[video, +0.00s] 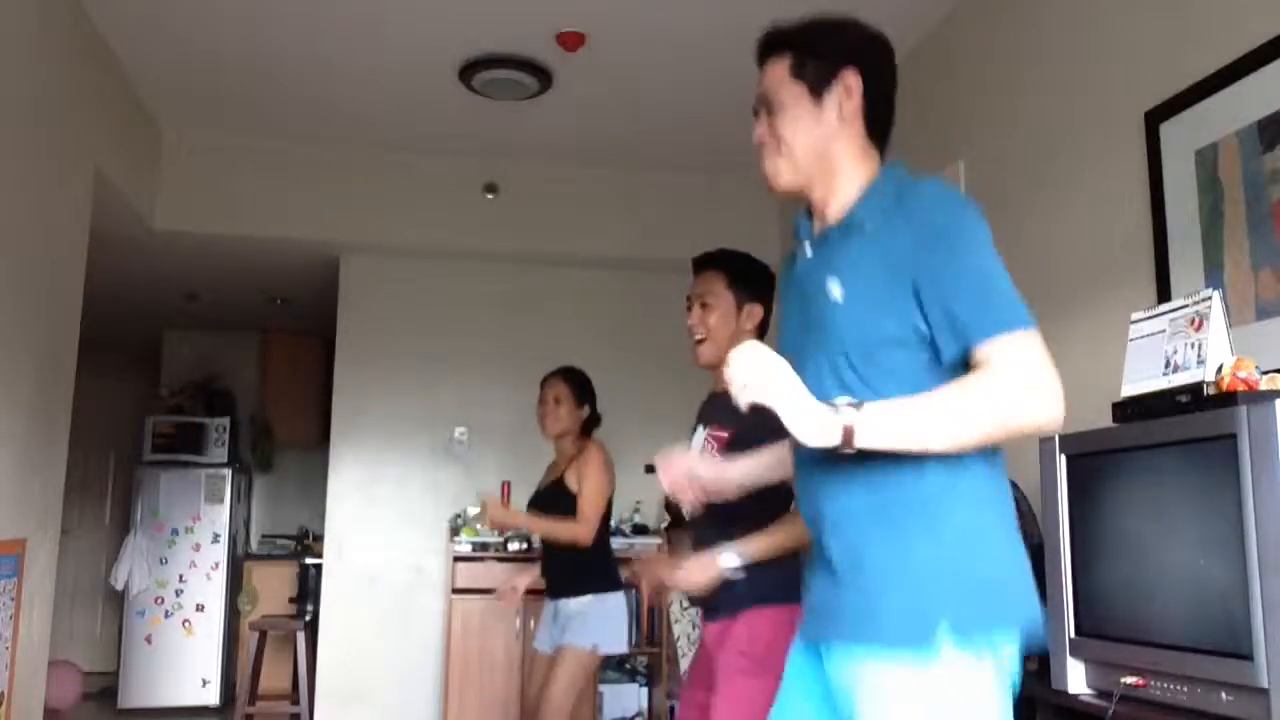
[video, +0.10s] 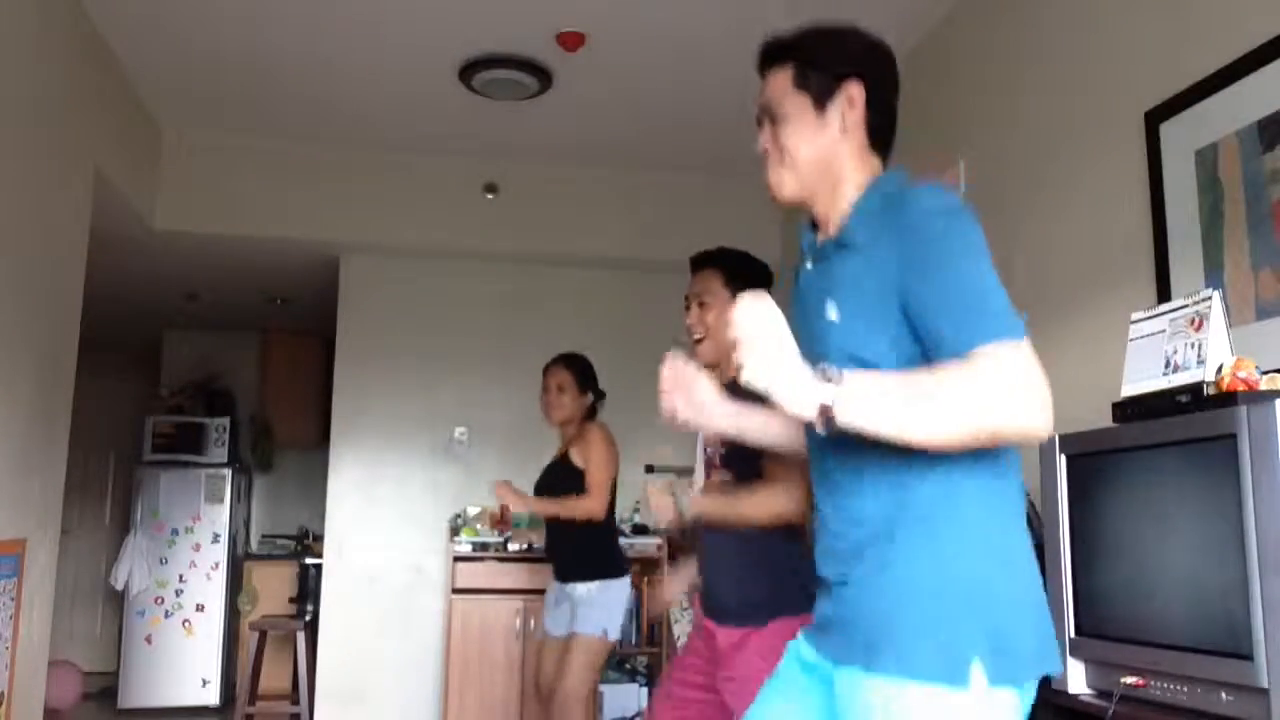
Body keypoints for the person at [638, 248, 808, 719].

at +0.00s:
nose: (691, 321)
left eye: (706, 306)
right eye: (690, 308)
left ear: (751, 316)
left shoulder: (777, 406)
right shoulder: (715, 408)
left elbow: (818, 511)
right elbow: (715, 525)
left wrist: (722, 559)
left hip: (766, 616)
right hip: (718, 617)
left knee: (734, 712)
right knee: (693, 712)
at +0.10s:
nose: (689, 321)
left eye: (703, 304)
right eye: (688, 307)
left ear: (747, 308)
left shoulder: (775, 392)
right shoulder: (722, 397)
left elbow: (793, 499)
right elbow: (738, 505)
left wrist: (692, 505)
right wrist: (688, 572)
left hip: (774, 629)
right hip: (714, 624)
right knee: (667, 712)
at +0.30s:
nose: (685, 329)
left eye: (698, 313)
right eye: (684, 316)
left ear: (744, 324)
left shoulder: (762, 409)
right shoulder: (713, 410)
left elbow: (748, 525)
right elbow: (708, 513)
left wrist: (647, 470)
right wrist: (645, 469)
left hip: (752, 625)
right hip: (716, 621)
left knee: (737, 715)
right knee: (681, 712)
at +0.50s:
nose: (687, 325)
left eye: (701, 310)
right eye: (687, 311)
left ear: (748, 319)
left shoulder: (773, 399)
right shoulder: (726, 398)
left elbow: (784, 519)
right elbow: (735, 504)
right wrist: (694, 585)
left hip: (755, 635)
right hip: (708, 624)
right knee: (657, 714)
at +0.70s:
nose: (684, 320)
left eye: (698, 305)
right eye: (683, 306)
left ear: (743, 315)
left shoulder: (773, 398)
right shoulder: (708, 400)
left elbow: (804, 497)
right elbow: (694, 500)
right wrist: (629, 453)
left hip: (754, 616)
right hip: (711, 613)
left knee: (740, 713)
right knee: (692, 713)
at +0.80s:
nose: (684, 323)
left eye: (699, 309)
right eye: (682, 310)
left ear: (743, 320)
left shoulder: (772, 404)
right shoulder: (703, 410)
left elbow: (818, 512)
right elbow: (715, 525)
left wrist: (730, 569)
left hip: (758, 621)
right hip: (709, 620)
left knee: (745, 711)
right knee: (689, 712)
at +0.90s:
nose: (684, 329)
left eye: (698, 314)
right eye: (683, 315)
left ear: (743, 322)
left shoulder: (772, 410)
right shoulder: (719, 415)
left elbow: (793, 522)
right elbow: (723, 518)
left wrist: (693, 541)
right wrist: (694, 594)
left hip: (762, 637)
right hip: (709, 632)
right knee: (655, 713)